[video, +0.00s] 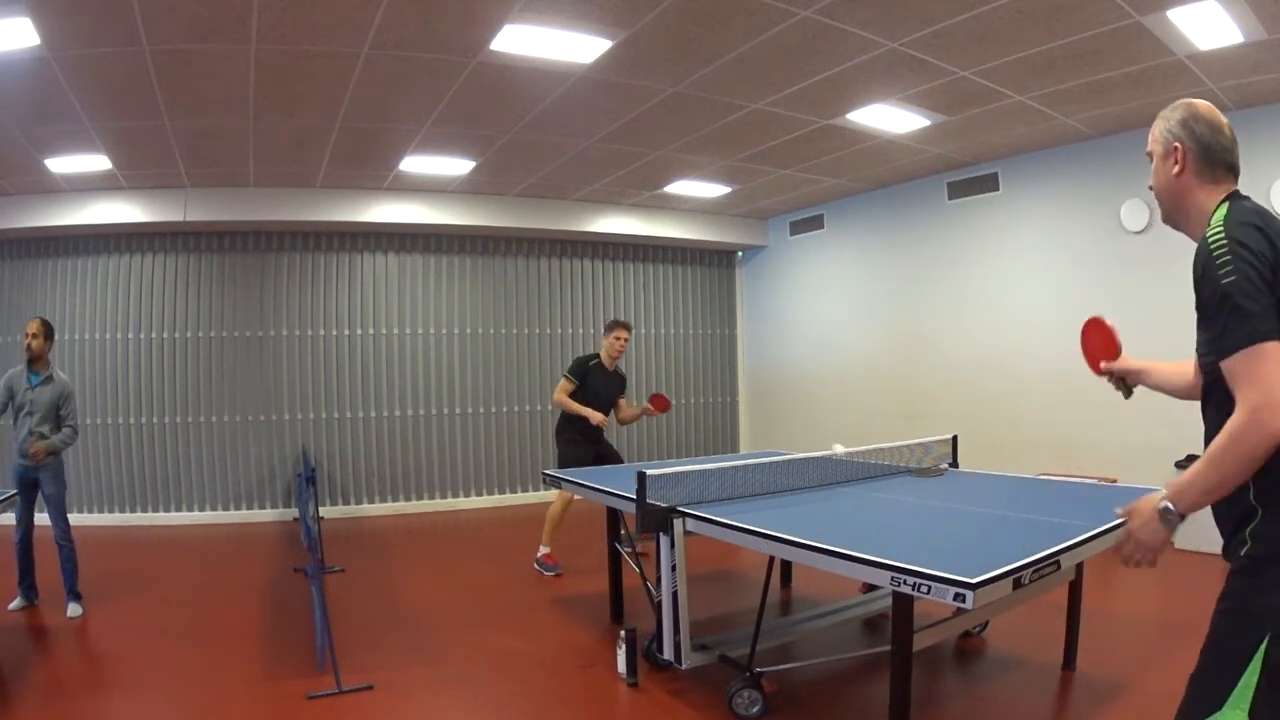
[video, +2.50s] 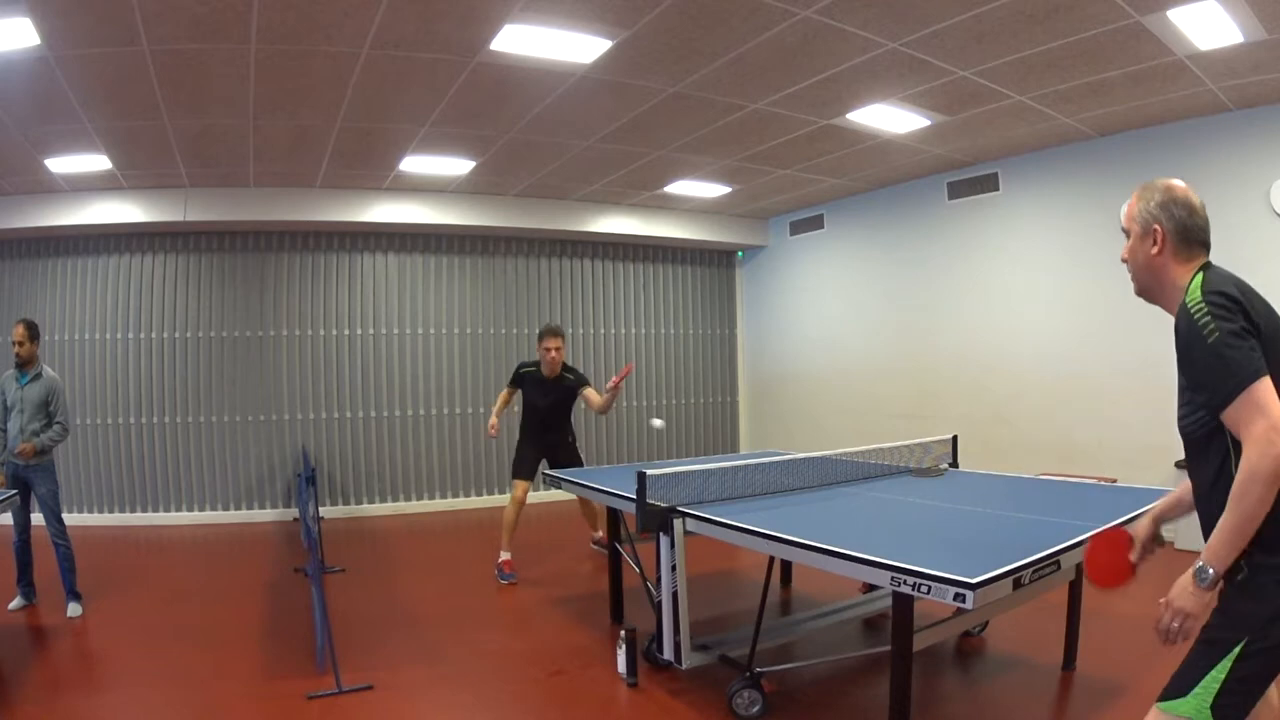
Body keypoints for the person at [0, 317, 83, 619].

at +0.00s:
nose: (28, 341)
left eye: (34, 336)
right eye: (26, 336)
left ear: (49, 343)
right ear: (23, 341)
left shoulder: (61, 386)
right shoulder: (12, 379)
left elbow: (71, 430)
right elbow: (0, 409)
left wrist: (48, 445)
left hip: (50, 465)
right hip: (21, 465)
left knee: (61, 532)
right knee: (22, 531)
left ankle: (73, 597)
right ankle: (27, 594)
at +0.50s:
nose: (23, 342)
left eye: (30, 338)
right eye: (22, 337)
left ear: (44, 344)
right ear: (20, 341)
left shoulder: (56, 386)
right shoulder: (7, 379)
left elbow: (63, 430)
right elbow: (2, 415)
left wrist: (39, 444)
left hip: (42, 466)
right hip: (12, 465)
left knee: (56, 532)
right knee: (19, 533)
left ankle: (72, 596)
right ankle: (25, 593)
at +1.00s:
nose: (17, 343)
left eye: (23, 338)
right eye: (15, 338)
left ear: (38, 343)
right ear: (15, 343)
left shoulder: (50, 382)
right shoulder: (6, 380)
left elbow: (60, 427)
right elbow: (4, 420)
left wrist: (34, 444)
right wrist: (5, 447)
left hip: (39, 465)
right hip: (10, 464)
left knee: (55, 531)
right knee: (20, 532)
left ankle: (72, 596)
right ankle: (26, 592)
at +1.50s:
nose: (17, 344)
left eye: (23, 339)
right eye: (15, 339)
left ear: (38, 343)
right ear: (14, 343)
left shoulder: (51, 382)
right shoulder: (6, 380)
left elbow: (63, 425)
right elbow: (3, 425)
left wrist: (37, 443)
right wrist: (2, 466)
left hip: (40, 466)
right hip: (11, 466)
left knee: (56, 531)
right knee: (20, 532)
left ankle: (72, 596)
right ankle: (26, 592)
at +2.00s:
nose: (17, 345)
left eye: (22, 340)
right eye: (14, 341)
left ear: (37, 343)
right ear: (14, 344)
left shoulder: (51, 382)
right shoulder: (7, 380)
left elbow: (62, 426)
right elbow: (4, 422)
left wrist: (37, 444)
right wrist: (5, 455)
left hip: (40, 465)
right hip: (11, 464)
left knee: (56, 531)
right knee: (20, 532)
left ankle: (72, 596)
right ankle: (26, 592)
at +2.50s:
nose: (15, 348)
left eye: (21, 343)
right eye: (13, 343)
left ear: (36, 344)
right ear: (12, 345)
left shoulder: (51, 382)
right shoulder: (6, 381)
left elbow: (62, 427)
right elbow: (3, 426)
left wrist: (37, 444)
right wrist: (2, 466)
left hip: (41, 466)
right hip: (11, 466)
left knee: (56, 532)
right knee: (20, 533)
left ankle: (72, 596)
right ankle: (26, 593)